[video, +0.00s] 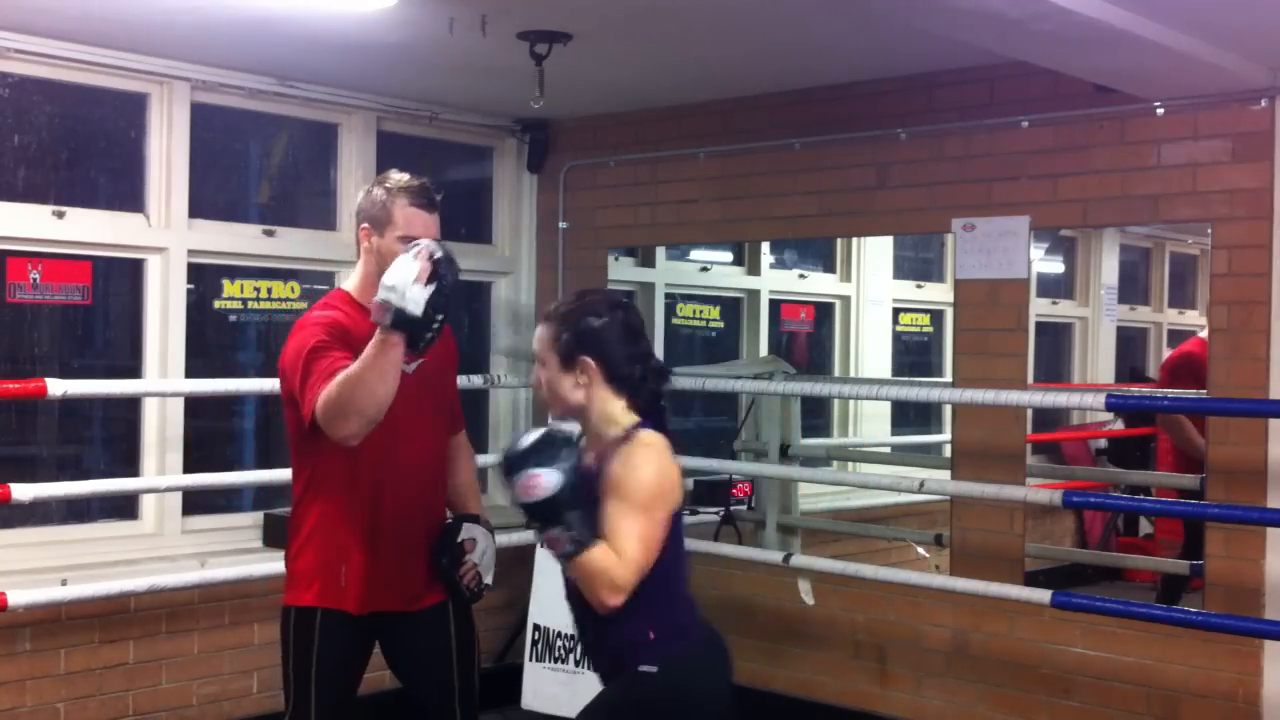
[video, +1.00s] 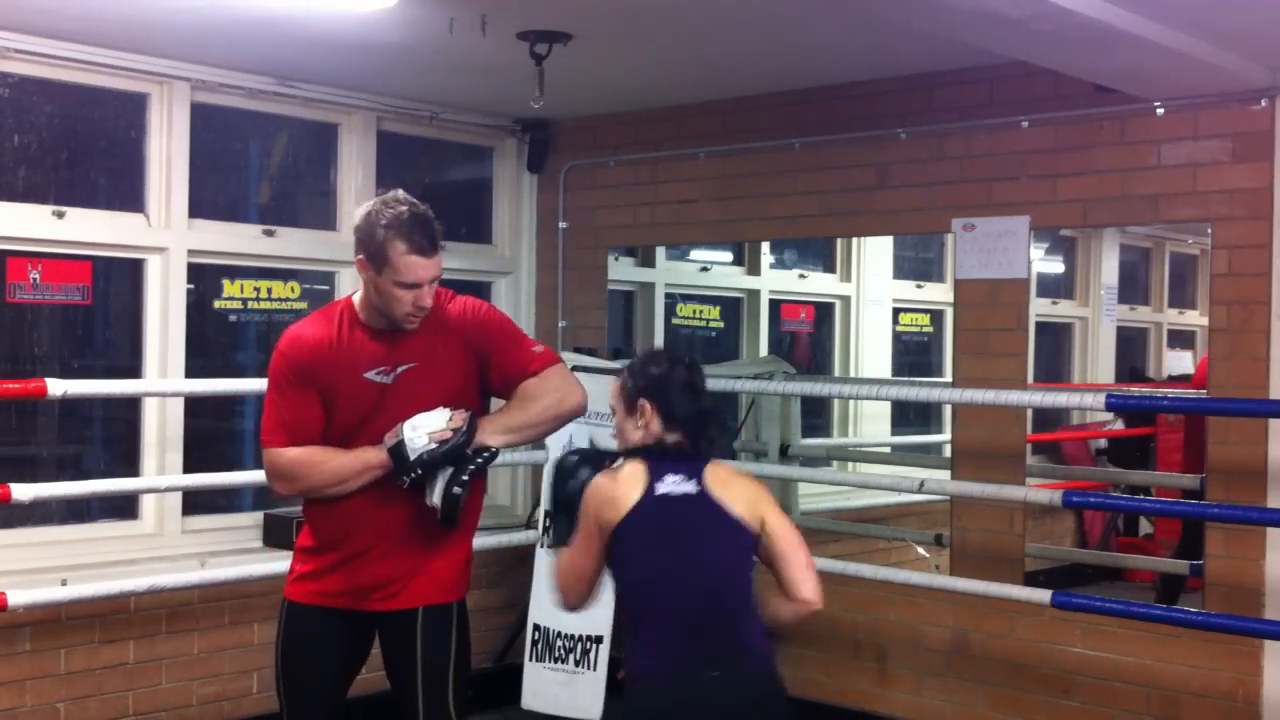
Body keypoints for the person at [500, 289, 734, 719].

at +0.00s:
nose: (536, 378)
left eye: (542, 365)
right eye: (537, 364)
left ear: (583, 374)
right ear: (583, 376)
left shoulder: (644, 457)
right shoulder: (591, 447)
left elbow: (610, 589)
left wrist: (555, 515)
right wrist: (547, 492)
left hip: (669, 678)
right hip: (637, 671)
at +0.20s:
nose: (517, 378)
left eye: (519, 363)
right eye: (515, 364)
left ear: (548, 368)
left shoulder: (607, 450)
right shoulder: (578, 439)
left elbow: (531, 554)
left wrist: (494, 488)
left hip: (646, 679)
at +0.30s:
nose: (529, 367)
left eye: (531, 354)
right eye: (528, 353)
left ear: (556, 356)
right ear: (610, 349)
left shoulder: (572, 434)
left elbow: (507, 535)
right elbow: (683, 494)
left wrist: (485, 453)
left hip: (634, 670)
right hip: (696, 655)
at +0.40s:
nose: (561, 374)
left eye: (563, 360)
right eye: (559, 361)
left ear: (592, 359)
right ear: (638, 352)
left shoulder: (588, 431)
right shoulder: (696, 427)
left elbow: (534, 532)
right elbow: (706, 524)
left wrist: (515, 452)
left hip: (645, 658)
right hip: (723, 647)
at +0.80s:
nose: (604, 383)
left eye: (605, 369)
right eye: (600, 370)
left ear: (634, 365)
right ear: (682, 361)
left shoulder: (631, 432)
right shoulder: (728, 432)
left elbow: (585, 539)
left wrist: (565, 461)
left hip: (684, 668)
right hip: (760, 661)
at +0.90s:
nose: (611, 404)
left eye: (613, 390)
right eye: (610, 391)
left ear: (643, 389)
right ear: (688, 383)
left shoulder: (629, 461)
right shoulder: (740, 453)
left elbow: (604, 577)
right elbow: (760, 566)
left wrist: (579, 507)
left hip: (681, 679)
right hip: (768, 675)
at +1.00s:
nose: (614, 426)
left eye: (617, 414)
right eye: (613, 414)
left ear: (644, 415)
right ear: (690, 412)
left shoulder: (609, 490)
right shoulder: (745, 487)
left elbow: (571, 595)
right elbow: (807, 596)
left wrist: (569, 510)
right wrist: (744, 612)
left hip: (654, 697)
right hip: (749, 697)